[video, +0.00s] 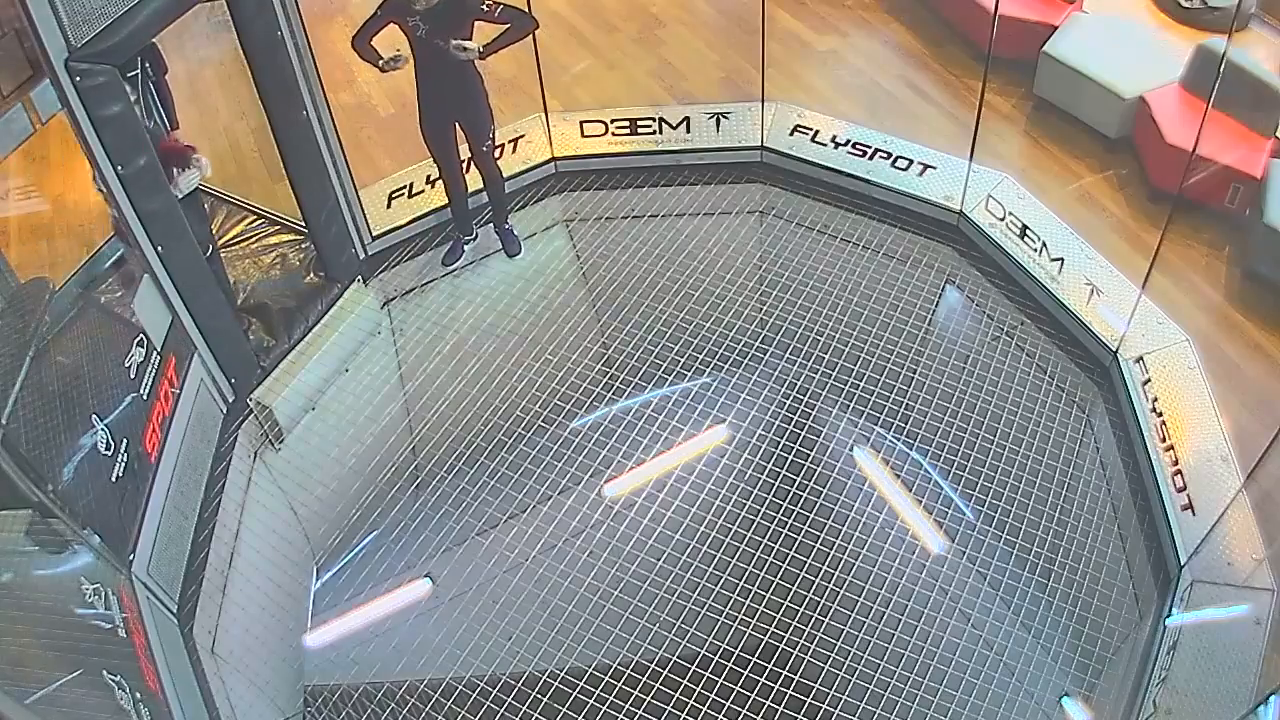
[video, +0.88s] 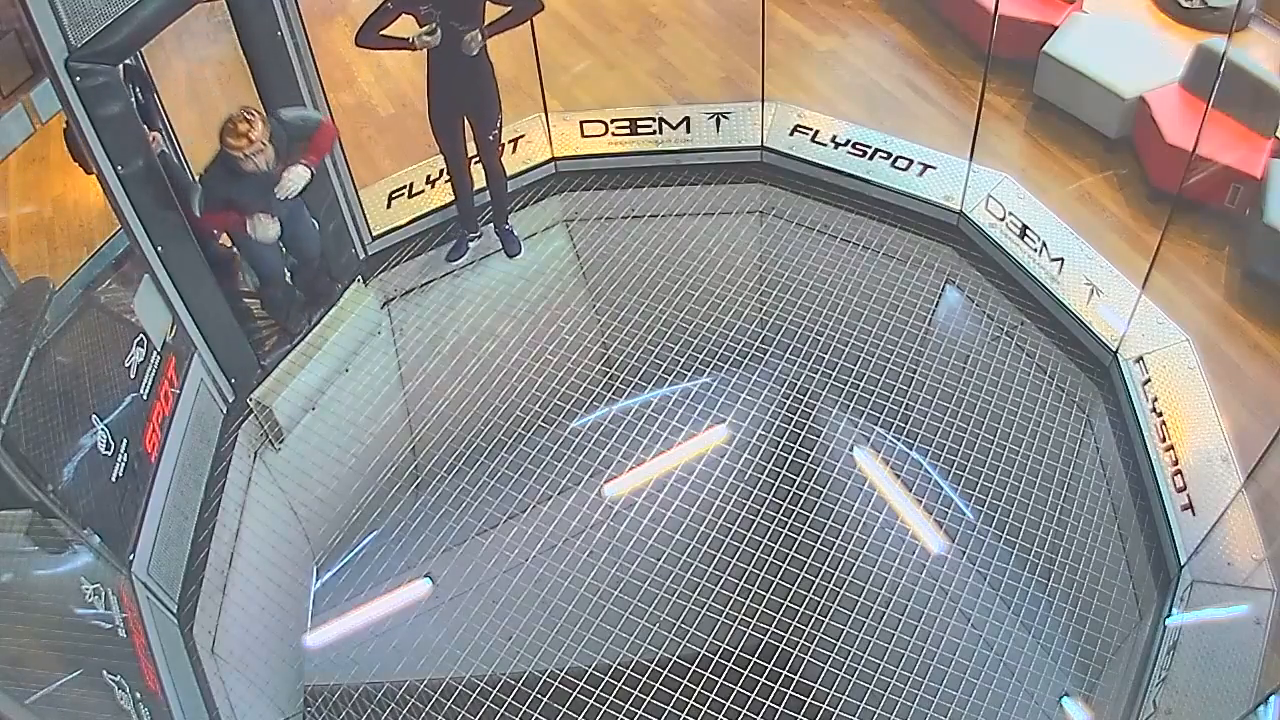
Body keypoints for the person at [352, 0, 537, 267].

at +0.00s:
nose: (420, 3)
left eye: (424, 2)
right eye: (415, 4)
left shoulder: (466, 6)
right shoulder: (395, 7)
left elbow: (526, 22)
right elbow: (359, 40)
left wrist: (483, 51)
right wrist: (380, 62)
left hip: (469, 94)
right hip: (431, 101)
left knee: (485, 160)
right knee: (449, 171)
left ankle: (503, 224)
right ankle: (466, 233)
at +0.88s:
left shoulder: (482, 2)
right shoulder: (407, 2)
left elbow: (532, 5)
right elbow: (364, 37)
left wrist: (484, 33)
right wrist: (411, 42)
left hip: (478, 79)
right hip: (441, 85)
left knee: (490, 156)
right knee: (455, 163)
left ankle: (503, 226)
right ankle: (471, 229)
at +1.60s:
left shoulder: (497, 0)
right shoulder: (434, 1)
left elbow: (515, 9)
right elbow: (382, 23)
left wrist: (516, 6)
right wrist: (430, 26)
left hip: (500, 81)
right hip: (460, 86)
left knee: (501, 156)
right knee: (473, 160)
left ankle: (504, 225)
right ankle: (485, 230)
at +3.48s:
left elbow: (517, 6)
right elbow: (387, 15)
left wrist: (518, 4)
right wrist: (428, 21)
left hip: (504, 78)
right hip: (465, 82)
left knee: (504, 154)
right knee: (477, 158)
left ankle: (504, 225)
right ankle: (485, 229)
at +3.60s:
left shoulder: (508, 2)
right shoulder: (441, 1)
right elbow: (387, 19)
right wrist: (429, 24)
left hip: (503, 82)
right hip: (464, 86)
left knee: (503, 155)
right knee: (475, 159)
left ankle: (504, 225)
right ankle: (484, 229)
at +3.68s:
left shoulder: (507, 1)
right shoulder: (439, 2)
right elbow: (387, 20)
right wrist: (428, 25)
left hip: (502, 81)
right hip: (463, 85)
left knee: (503, 155)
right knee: (475, 160)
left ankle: (504, 225)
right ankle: (484, 229)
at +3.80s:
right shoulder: (439, 1)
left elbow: (520, 4)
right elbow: (384, 18)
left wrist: (524, 1)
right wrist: (426, 26)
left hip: (502, 81)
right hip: (462, 85)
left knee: (503, 156)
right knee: (474, 161)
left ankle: (504, 225)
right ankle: (484, 230)